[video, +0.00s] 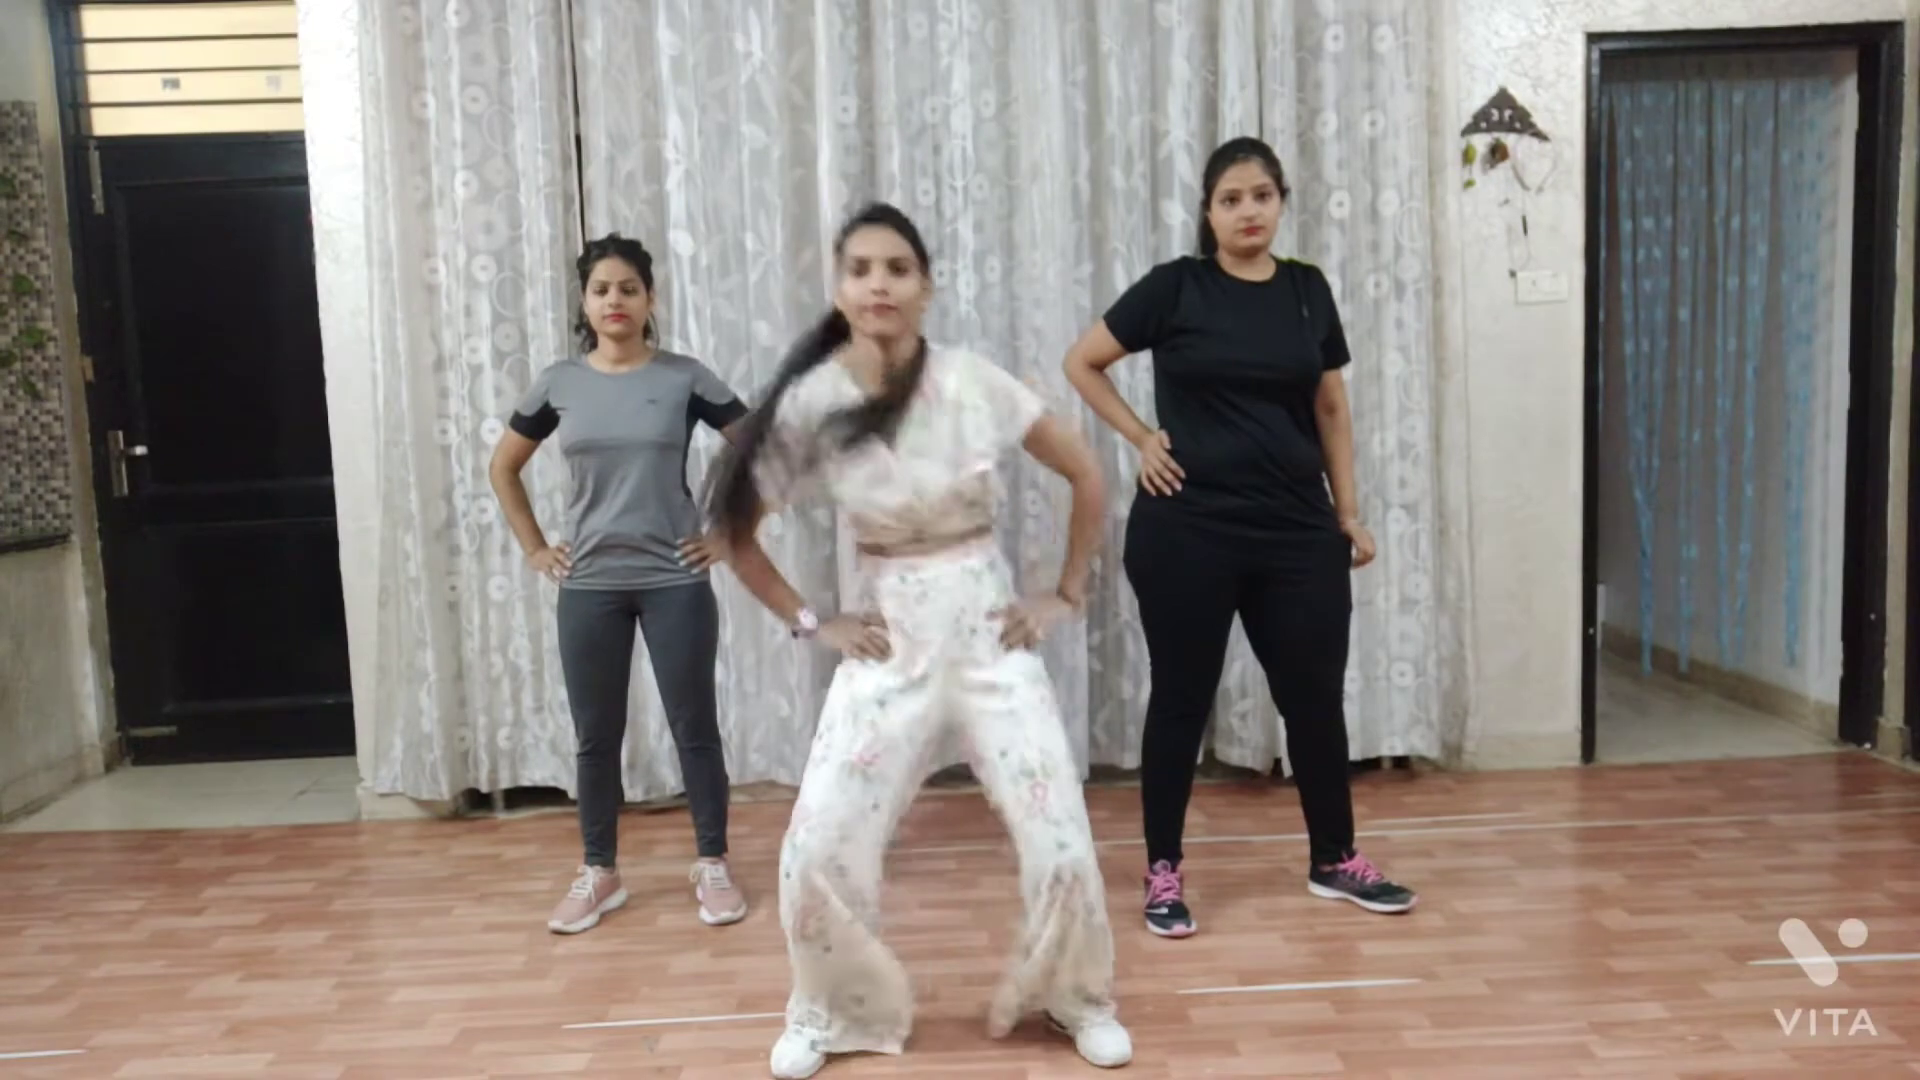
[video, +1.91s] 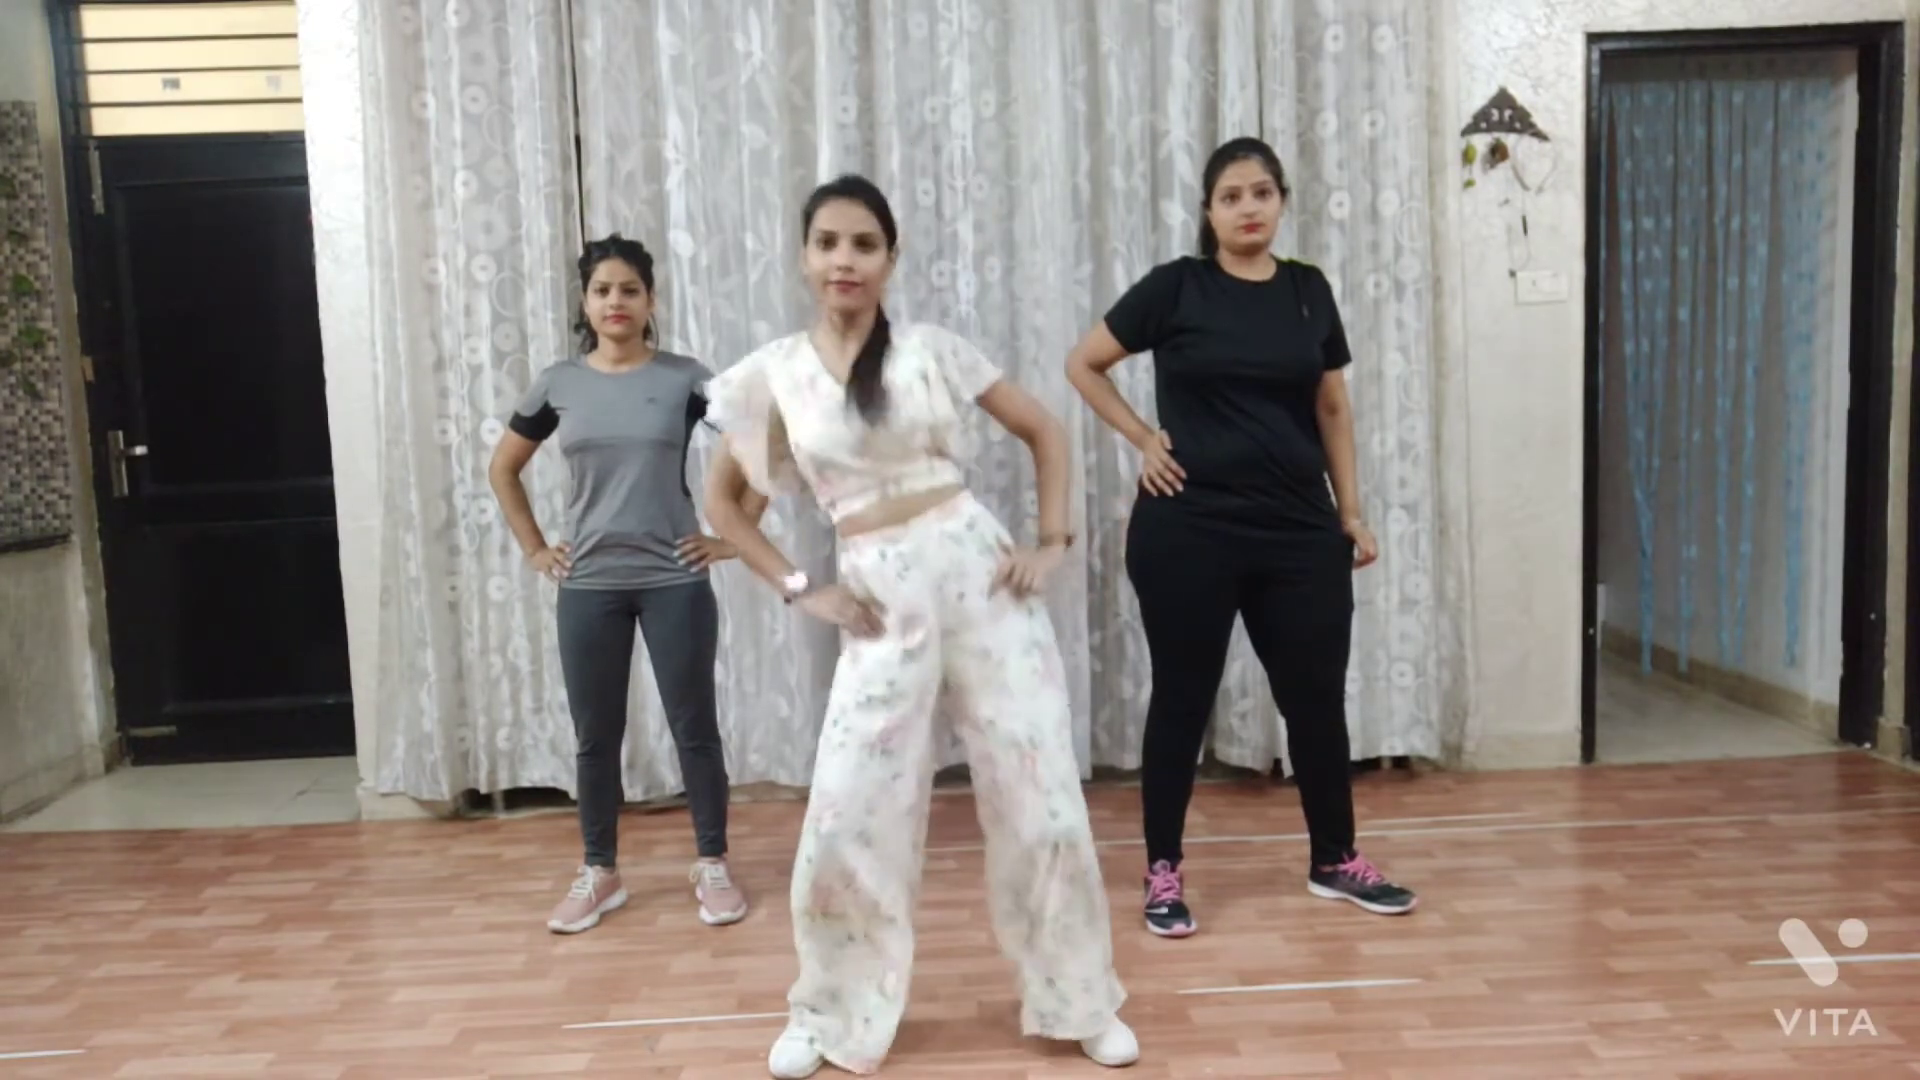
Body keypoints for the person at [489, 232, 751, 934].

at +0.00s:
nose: (615, 301)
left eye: (628, 289)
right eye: (602, 290)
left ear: (649, 300)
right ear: (584, 303)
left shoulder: (686, 379)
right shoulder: (559, 383)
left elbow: (763, 451)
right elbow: (503, 466)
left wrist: (728, 533)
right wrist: (537, 548)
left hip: (675, 575)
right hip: (589, 580)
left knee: (694, 725)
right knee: (595, 736)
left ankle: (712, 865)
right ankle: (599, 872)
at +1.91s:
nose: (616, 302)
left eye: (629, 290)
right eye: (603, 291)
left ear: (650, 302)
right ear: (584, 303)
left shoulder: (688, 381)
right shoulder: (558, 385)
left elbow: (763, 455)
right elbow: (503, 468)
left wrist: (734, 535)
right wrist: (538, 550)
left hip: (675, 575)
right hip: (589, 580)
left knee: (694, 726)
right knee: (595, 737)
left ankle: (712, 866)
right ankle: (599, 872)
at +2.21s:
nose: (617, 301)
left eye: (630, 290)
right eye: (604, 290)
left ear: (650, 302)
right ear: (585, 303)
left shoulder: (684, 378)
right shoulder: (559, 384)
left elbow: (766, 456)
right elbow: (503, 468)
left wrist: (734, 539)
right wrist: (537, 549)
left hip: (674, 575)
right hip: (589, 580)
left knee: (694, 726)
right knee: (596, 737)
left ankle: (713, 866)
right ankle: (599, 872)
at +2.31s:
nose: (617, 301)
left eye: (630, 289)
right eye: (604, 290)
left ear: (651, 301)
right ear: (585, 302)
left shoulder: (685, 378)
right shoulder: (559, 384)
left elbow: (764, 455)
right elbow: (502, 469)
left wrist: (735, 538)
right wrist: (536, 549)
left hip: (674, 574)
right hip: (589, 577)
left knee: (695, 728)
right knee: (596, 737)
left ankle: (712, 866)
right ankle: (599, 872)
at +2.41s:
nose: (617, 300)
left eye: (630, 289)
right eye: (603, 289)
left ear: (651, 301)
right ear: (585, 302)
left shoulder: (685, 378)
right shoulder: (559, 384)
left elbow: (764, 455)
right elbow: (502, 469)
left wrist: (735, 539)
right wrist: (536, 548)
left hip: (674, 574)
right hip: (589, 577)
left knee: (694, 728)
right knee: (595, 737)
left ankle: (712, 866)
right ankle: (599, 872)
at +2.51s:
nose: (617, 301)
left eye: (630, 289)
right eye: (604, 290)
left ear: (651, 301)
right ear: (585, 302)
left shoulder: (685, 378)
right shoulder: (559, 384)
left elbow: (764, 455)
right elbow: (502, 468)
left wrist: (735, 538)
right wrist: (536, 549)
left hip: (674, 574)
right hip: (589, 577)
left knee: (694, 728)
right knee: (595, 737)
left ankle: (712, 866)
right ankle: (599, 872)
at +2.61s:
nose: (617, 301)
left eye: (630, 290)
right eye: (604, 290)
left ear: (651, 301)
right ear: (585, 301)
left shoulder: (685, 379)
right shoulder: (559, 384)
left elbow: (764, 455)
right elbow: (503, 469)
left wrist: (735, 538)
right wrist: (536, 548)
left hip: (674, 573)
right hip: (589, 577)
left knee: (694, 727)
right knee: (595, 737)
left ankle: (711, 865)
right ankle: (599, 872)